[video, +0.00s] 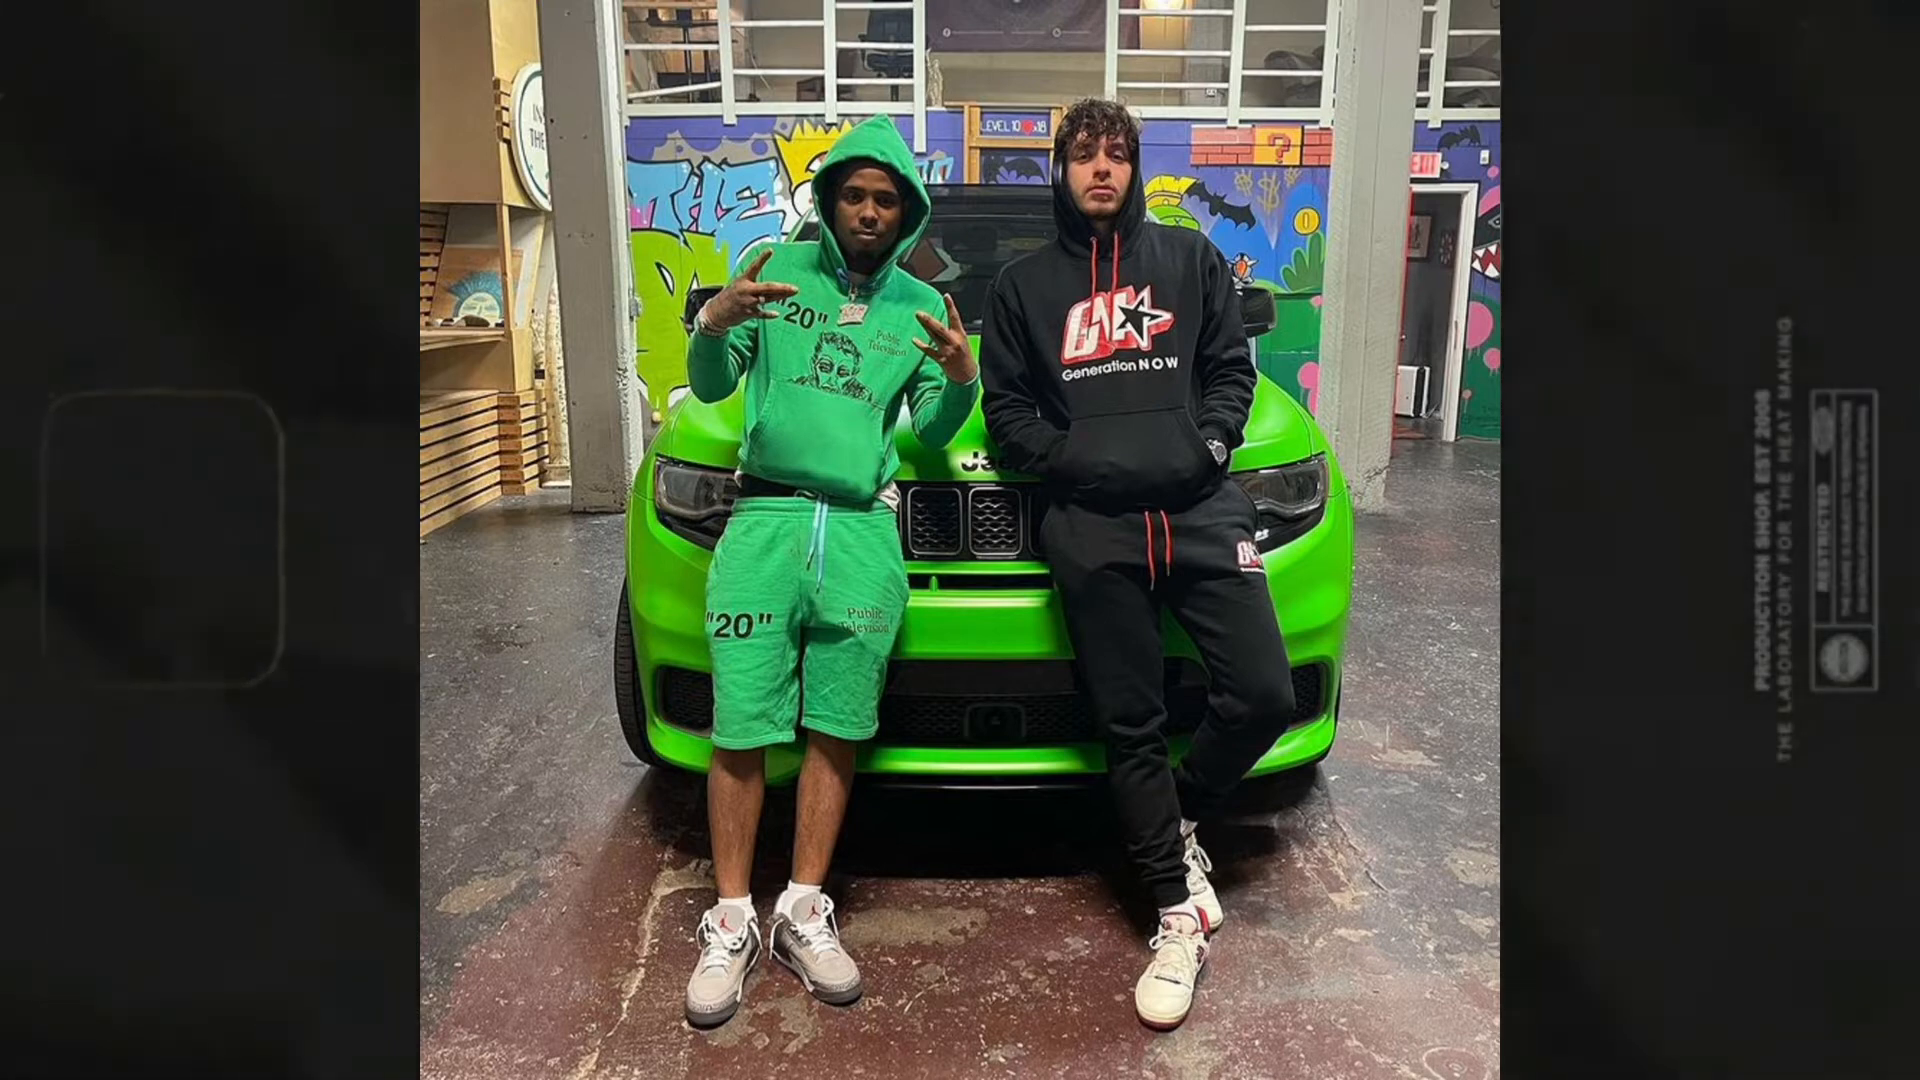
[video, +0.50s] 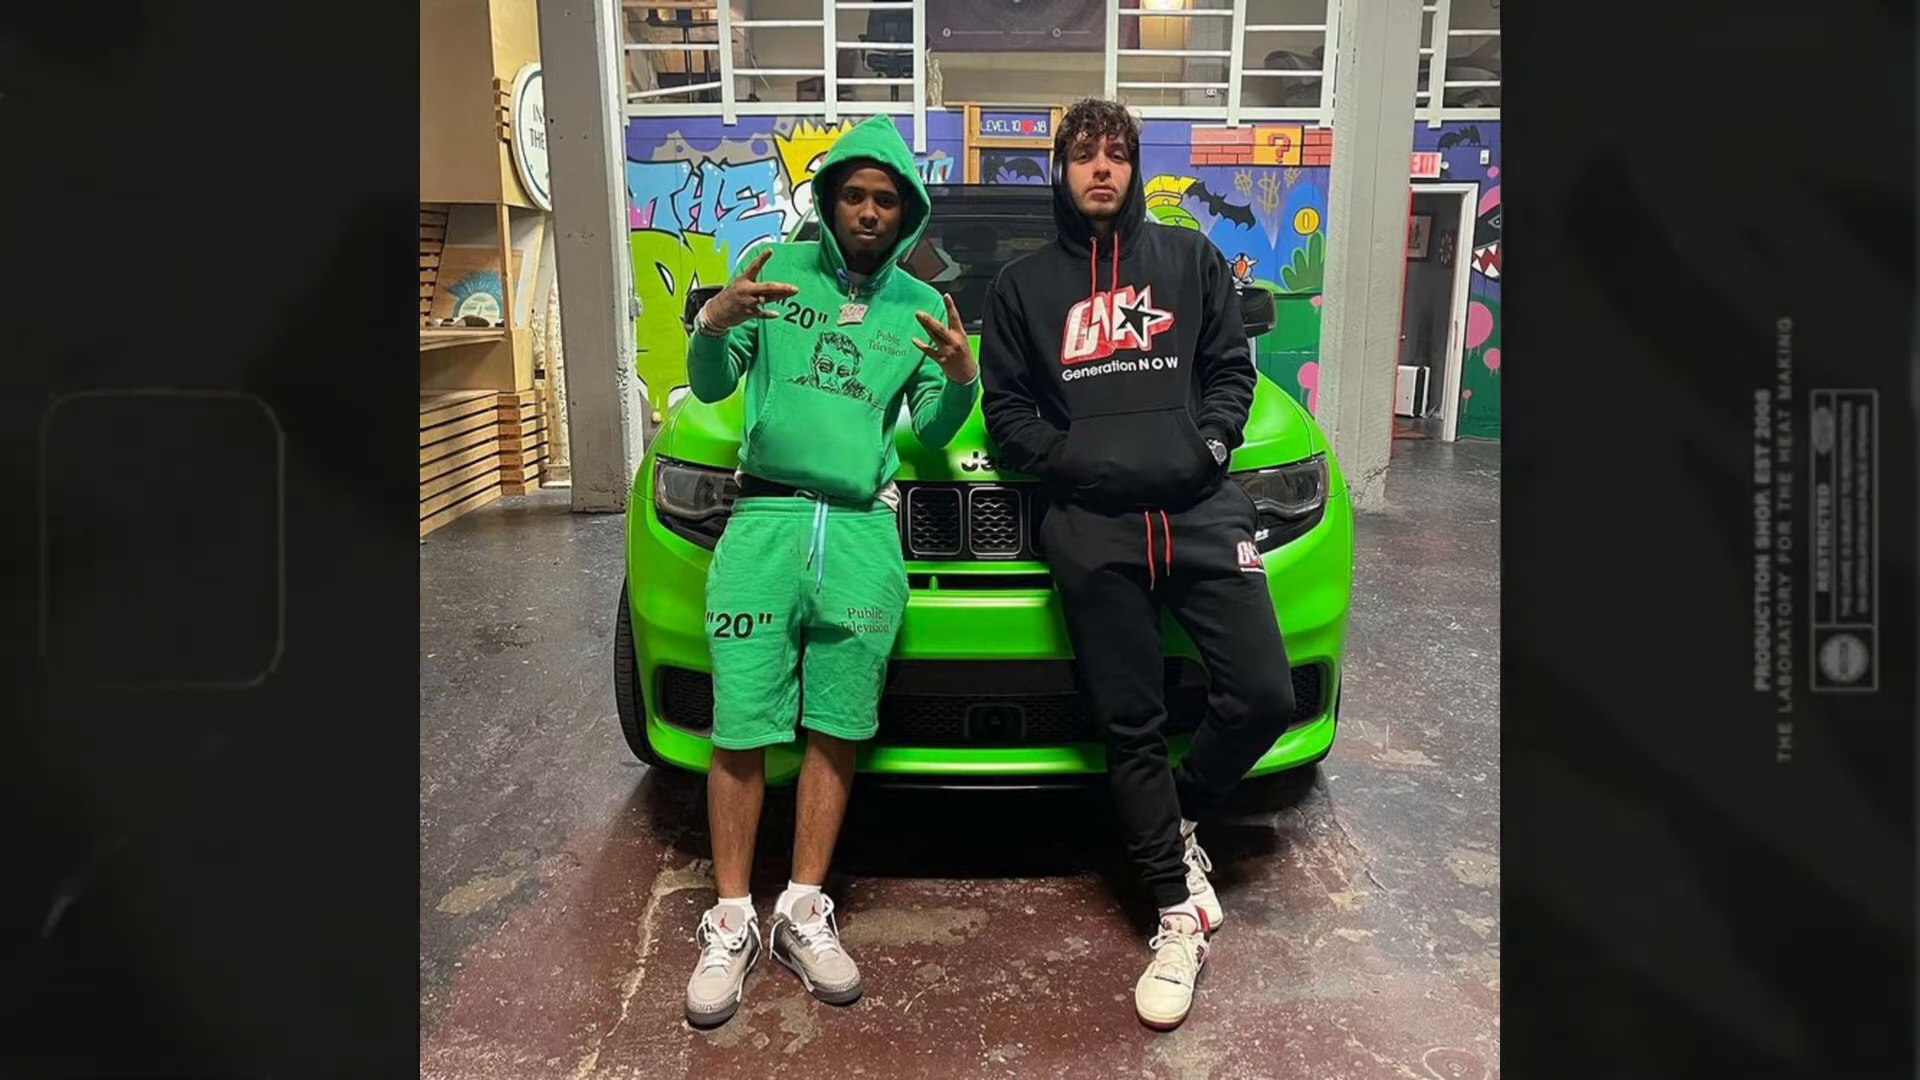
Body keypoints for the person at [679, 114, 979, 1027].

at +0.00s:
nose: (868, 212)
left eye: (885, 198)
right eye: (854, 196)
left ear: (907, 212)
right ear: (827, 202)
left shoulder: (923, 305)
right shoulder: (776, 268)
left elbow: (923, 439)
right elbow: (712, 384)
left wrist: (961, 380)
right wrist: (713, 321)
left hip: (861, 527)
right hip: (763, 517)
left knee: (838, 728)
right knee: (741, 728)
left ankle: (805, 908)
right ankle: (732, 919)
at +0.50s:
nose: (868, 212)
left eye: (885, 198)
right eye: (854, 196)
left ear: (907, 212)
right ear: (827, 202)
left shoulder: (923, 305)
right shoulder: (776, 268)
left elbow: (923, 439)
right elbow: (712, 384)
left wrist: (961, 380)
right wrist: (713, 321)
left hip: (861, 527)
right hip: (763, 517)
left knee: (838, 728)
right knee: (741, 728)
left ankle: (805, 908)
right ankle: (732, 919)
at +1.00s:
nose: (868, 212)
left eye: (885, 198)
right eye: (854, 196)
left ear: (907, 212)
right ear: (827, 202)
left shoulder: (923, 305)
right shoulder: (776, 268)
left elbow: (923, 439)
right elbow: (712, 384)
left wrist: (961, 380)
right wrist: (713, 321)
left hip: (861, 527)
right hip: (763, 517)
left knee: (838, 728)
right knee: (741, 728)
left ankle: (805, 908)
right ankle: (732, 919)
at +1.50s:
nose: (868, 212)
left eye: (885, 198)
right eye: (854, 196)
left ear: (907, 212)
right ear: (827, 202)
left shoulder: (923, 305)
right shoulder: (776, 268)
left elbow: (923, 439)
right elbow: (712, 384)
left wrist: (961, 380)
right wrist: (713, 321)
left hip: (861, 527)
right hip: (763, 517)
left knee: (838, 728)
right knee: (741, 728)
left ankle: (805, 908)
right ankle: (732, 919)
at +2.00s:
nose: (868, 212)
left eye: (885, 198)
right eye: (854, 196)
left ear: (907, 212)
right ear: (827, 202)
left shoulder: (923, 305)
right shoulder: (776, 268)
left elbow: (923, 439)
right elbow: (712, 384)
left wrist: (961, 380)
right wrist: (713, 321)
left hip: (861, 527)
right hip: (763, 517)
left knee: (838, 728)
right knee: (741, 728)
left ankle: (805, 908)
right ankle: (732, 919)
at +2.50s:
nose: (868, 212)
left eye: (885, 198)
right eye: (854, 196)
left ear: (907, 211)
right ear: (827, 202)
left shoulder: (923, 305)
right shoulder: (776, 268)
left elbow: (923, 439)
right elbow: (712, 384)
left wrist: (961, 380)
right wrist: (713, 322)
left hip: (861, 527)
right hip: (763, 517)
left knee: (838, 728)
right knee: (741, 728)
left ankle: (805, 908)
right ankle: (732, 919)